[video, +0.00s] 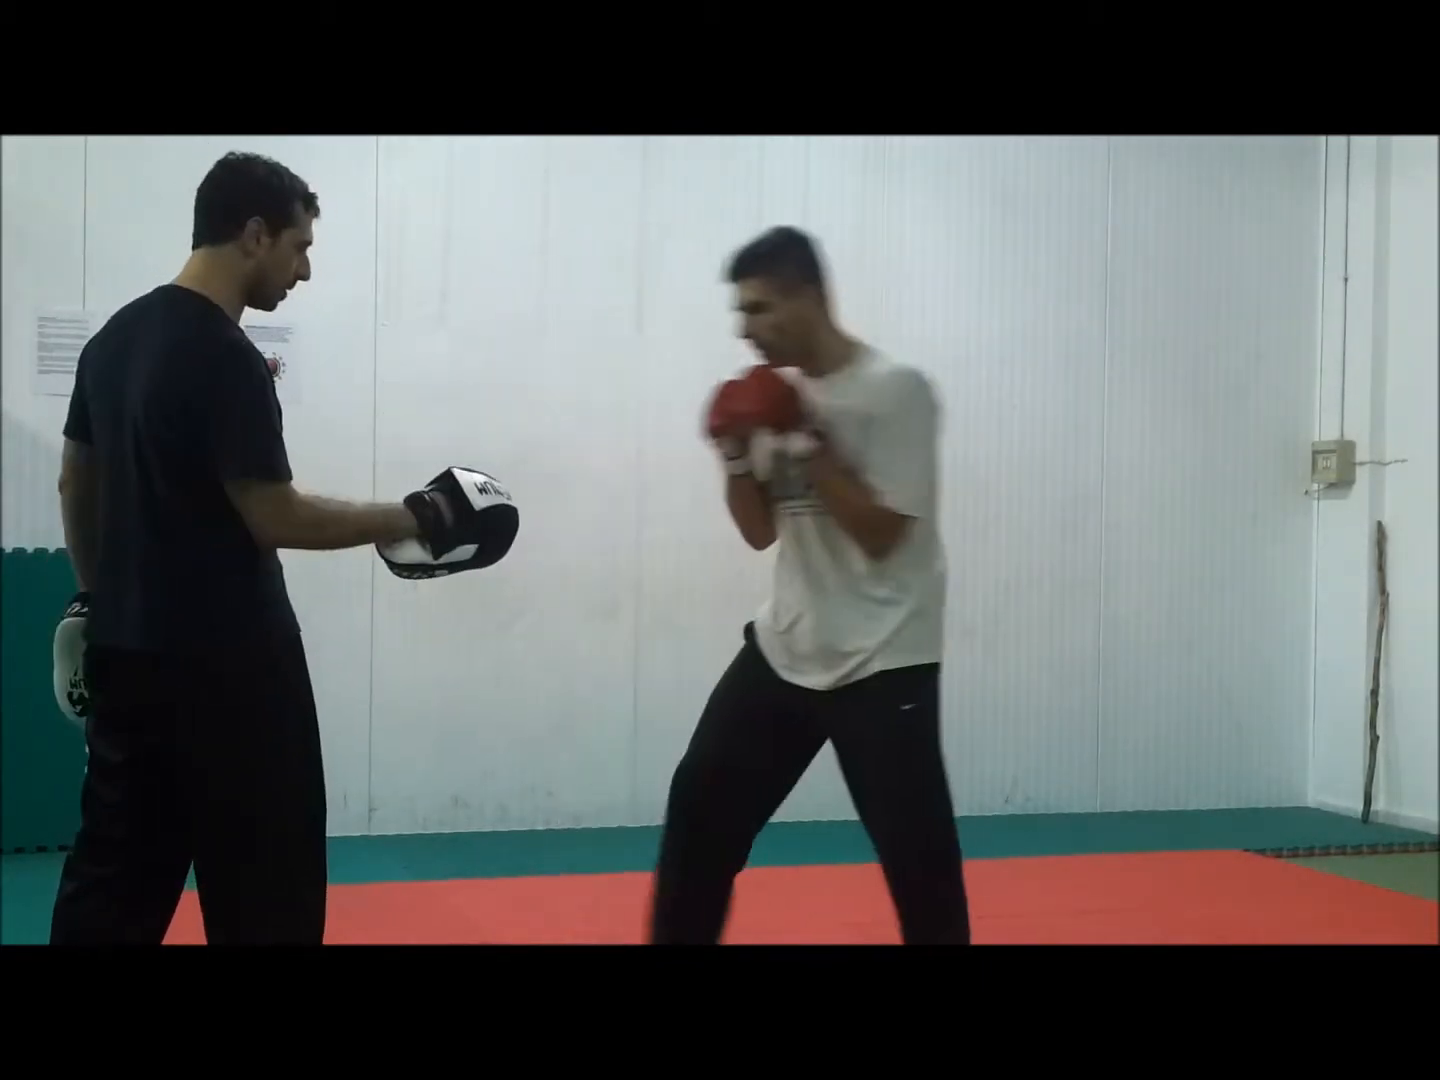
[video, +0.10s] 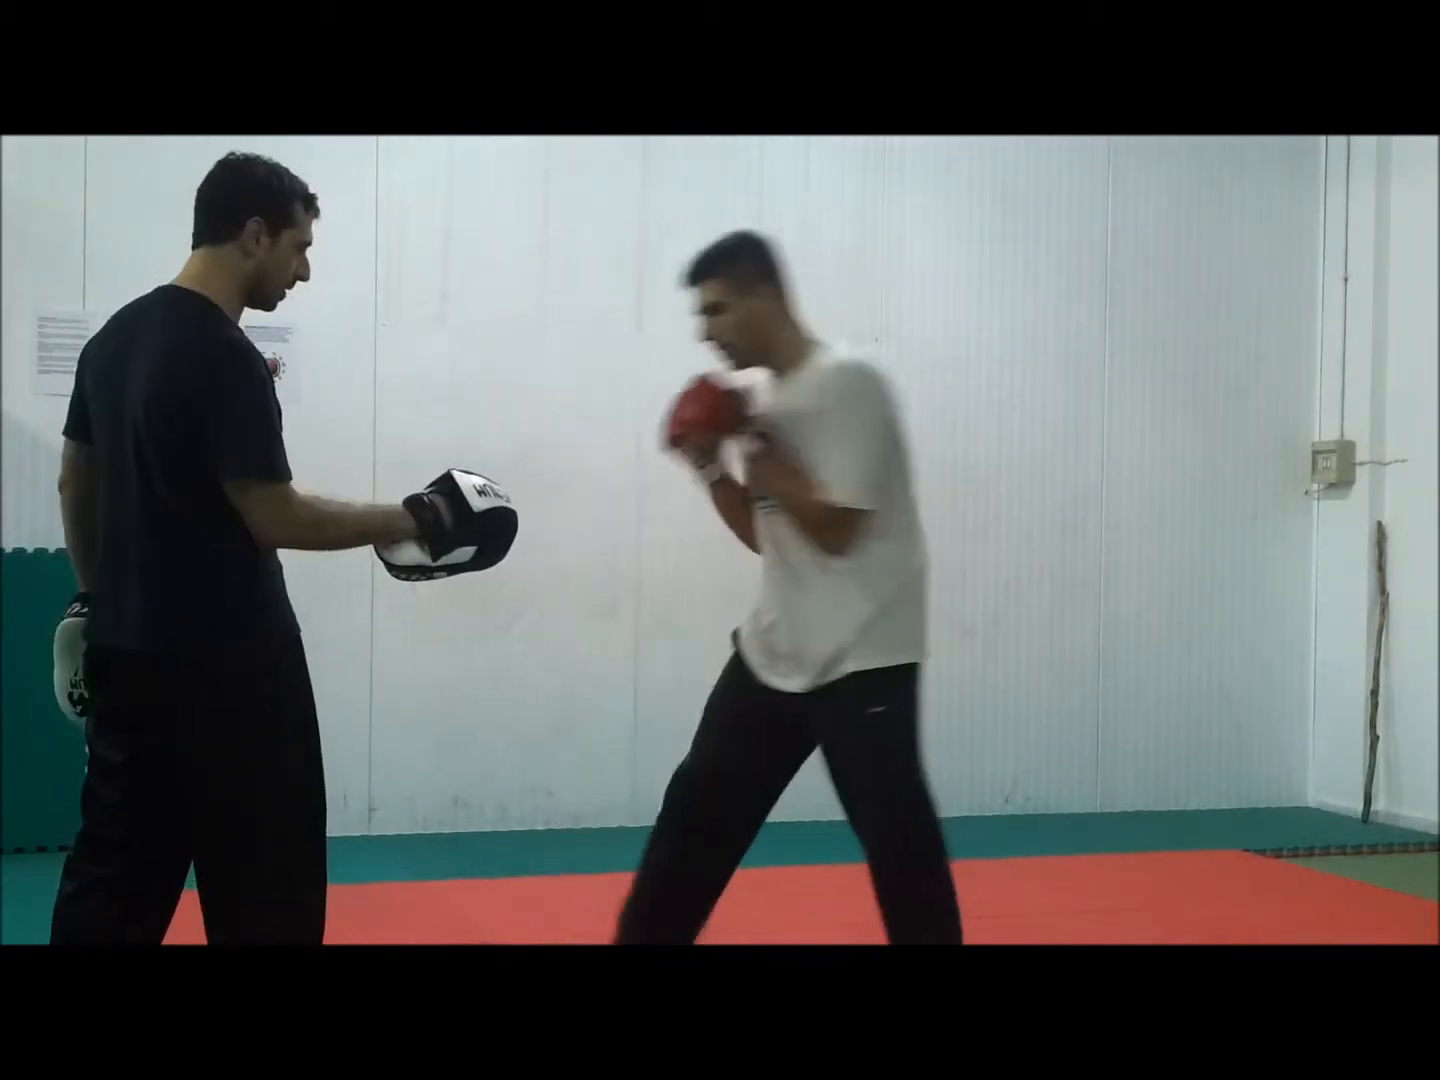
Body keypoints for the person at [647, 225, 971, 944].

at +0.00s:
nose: (746, 329)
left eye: (759, 309)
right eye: (740, 312)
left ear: (811, 297)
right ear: (748, 311)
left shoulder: (895, 390)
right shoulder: (774, 396)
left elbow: (884, 534)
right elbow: (760, 533)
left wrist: (814, 447)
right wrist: (737, 455)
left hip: (883, 657)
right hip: (786, 646)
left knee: (919, 856)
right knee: (701, 805)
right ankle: (678, 942)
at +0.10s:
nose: (705, 332)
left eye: (714, 311)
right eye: (700, 316)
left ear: (765, 295)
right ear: (741, 307)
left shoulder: (850, 382)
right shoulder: (752, 399)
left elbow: (838, 532)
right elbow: (762, 534)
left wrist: (769, 462)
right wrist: (708, 465)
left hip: (863, 658)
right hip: (775, 651)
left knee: (903, 850)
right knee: (693, 829)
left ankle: (933, 945)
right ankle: (642, 943)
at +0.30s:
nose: (610, 381)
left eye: (616, 357)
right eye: (604, 366)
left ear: (664, 338)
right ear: (677, 344)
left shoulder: (685, 404)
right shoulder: (739, 398)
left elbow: (706, 548)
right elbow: (746, 532)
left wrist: (645, 513)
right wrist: (658, 495)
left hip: (772, 665)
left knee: (825, 852)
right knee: (650, 847)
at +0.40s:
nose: (562, 393)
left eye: (566, 370)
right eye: (555, 380)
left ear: (612, 343)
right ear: (622, 348)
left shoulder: (649, 397)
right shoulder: (693, 398)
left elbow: (678, 542)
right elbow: (727, 549)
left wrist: (605, 498)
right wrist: (646, 572)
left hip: (766, 649)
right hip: (699, 655)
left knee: (822, 842)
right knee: (619, 833)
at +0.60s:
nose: (536, 335)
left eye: (539, 315)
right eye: (519, 335)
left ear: (575, 305)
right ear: (520, 356)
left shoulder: (675, 361)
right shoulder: (544, 438)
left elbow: (761, 442)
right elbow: (528, 571)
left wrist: (663, 388)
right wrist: (464, 539)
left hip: (777, 606)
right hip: (669, 632)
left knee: (842, 784)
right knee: (635, 840)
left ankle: (893, 935)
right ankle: (613, 941)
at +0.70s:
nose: (503, 357)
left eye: (504, 336)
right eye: (489, 357)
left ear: (543, 321)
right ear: (493, 374)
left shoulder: (652, 357)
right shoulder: (533, 444)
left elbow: (741, 445)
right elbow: (544, 572)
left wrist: (637, 396)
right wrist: (510, 493)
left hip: (759, 598)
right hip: (656, 630)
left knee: (829, 787)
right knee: (618, 829)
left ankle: (892, 936)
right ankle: (611, 946)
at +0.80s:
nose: (484, 365)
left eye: (485, 347)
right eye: (469, 368)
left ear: (523, 338)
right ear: (474, 393)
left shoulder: (623, 372)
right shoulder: (526, 473)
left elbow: (701, 479)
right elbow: (590, 590)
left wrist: (583, 430)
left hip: (746, 625)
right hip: (644, 644)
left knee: (823, 819)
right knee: (588, 838)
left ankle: (878, 937)